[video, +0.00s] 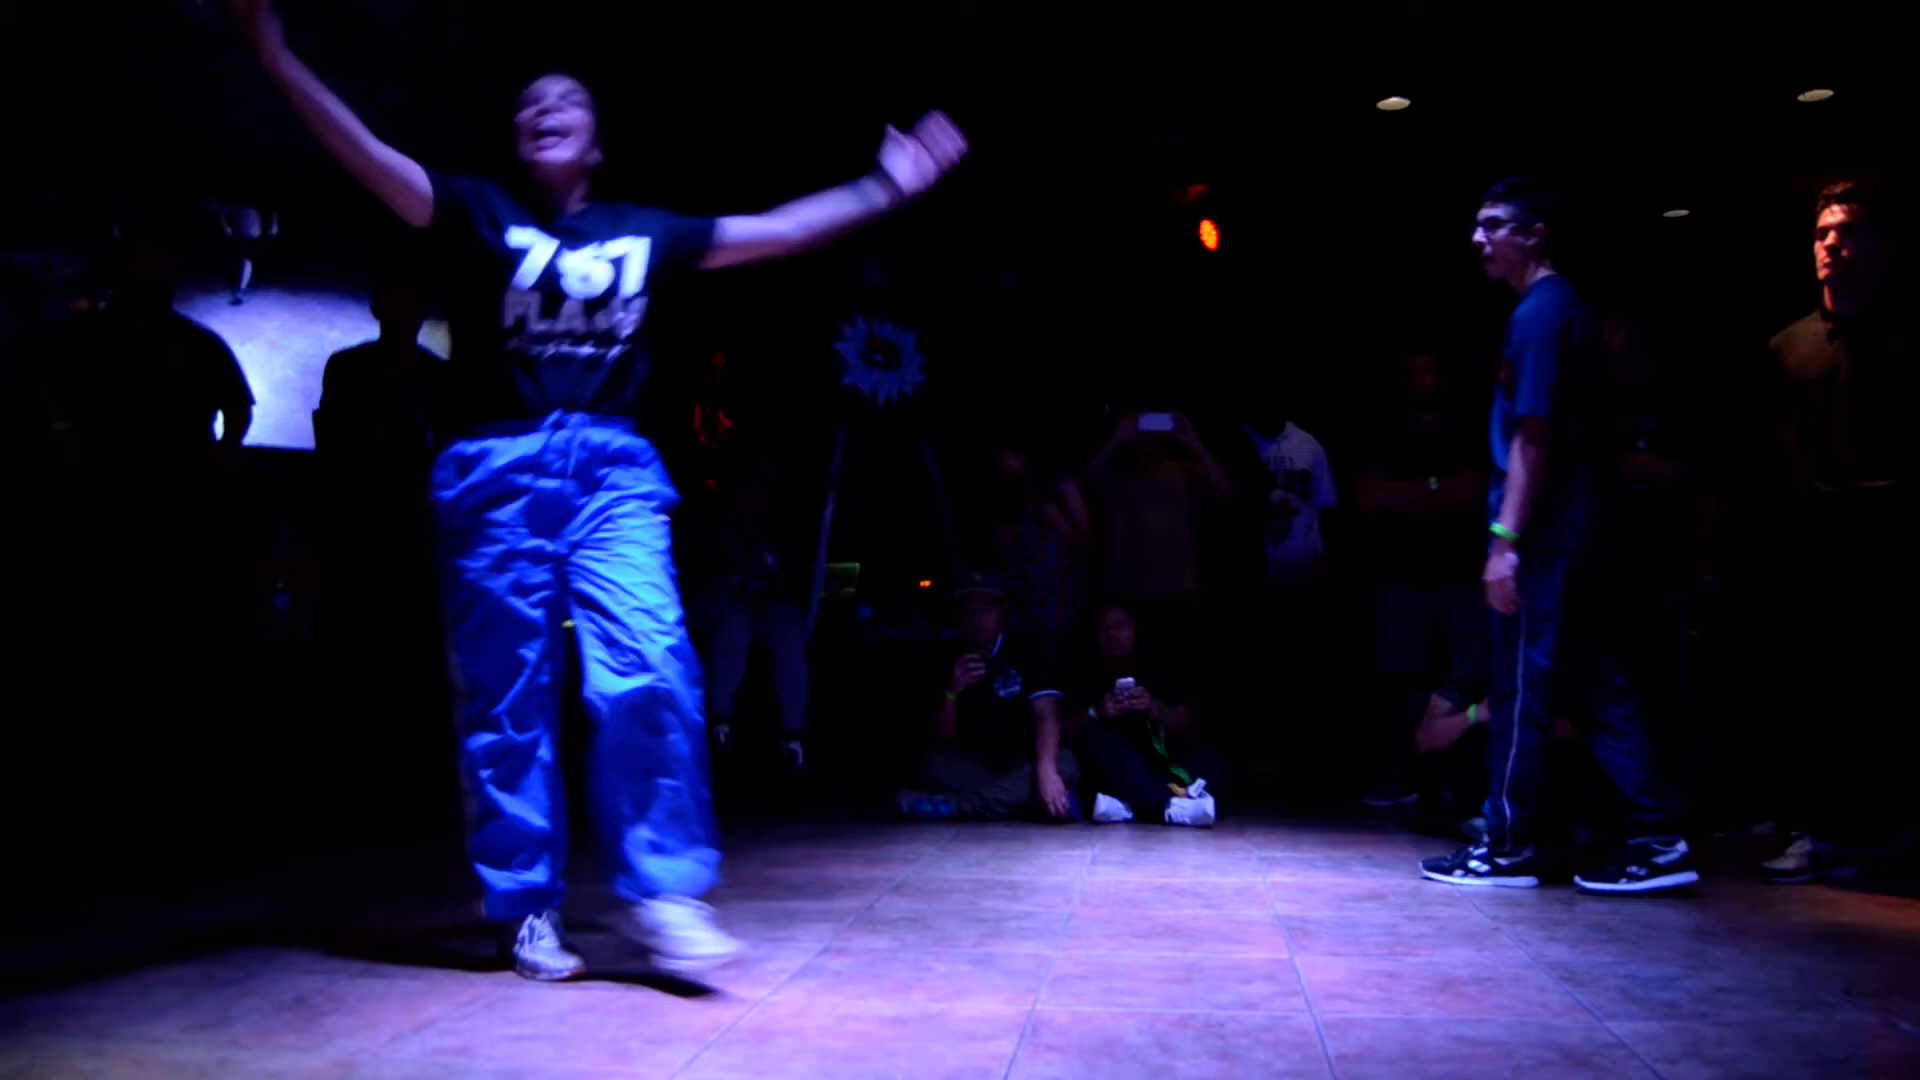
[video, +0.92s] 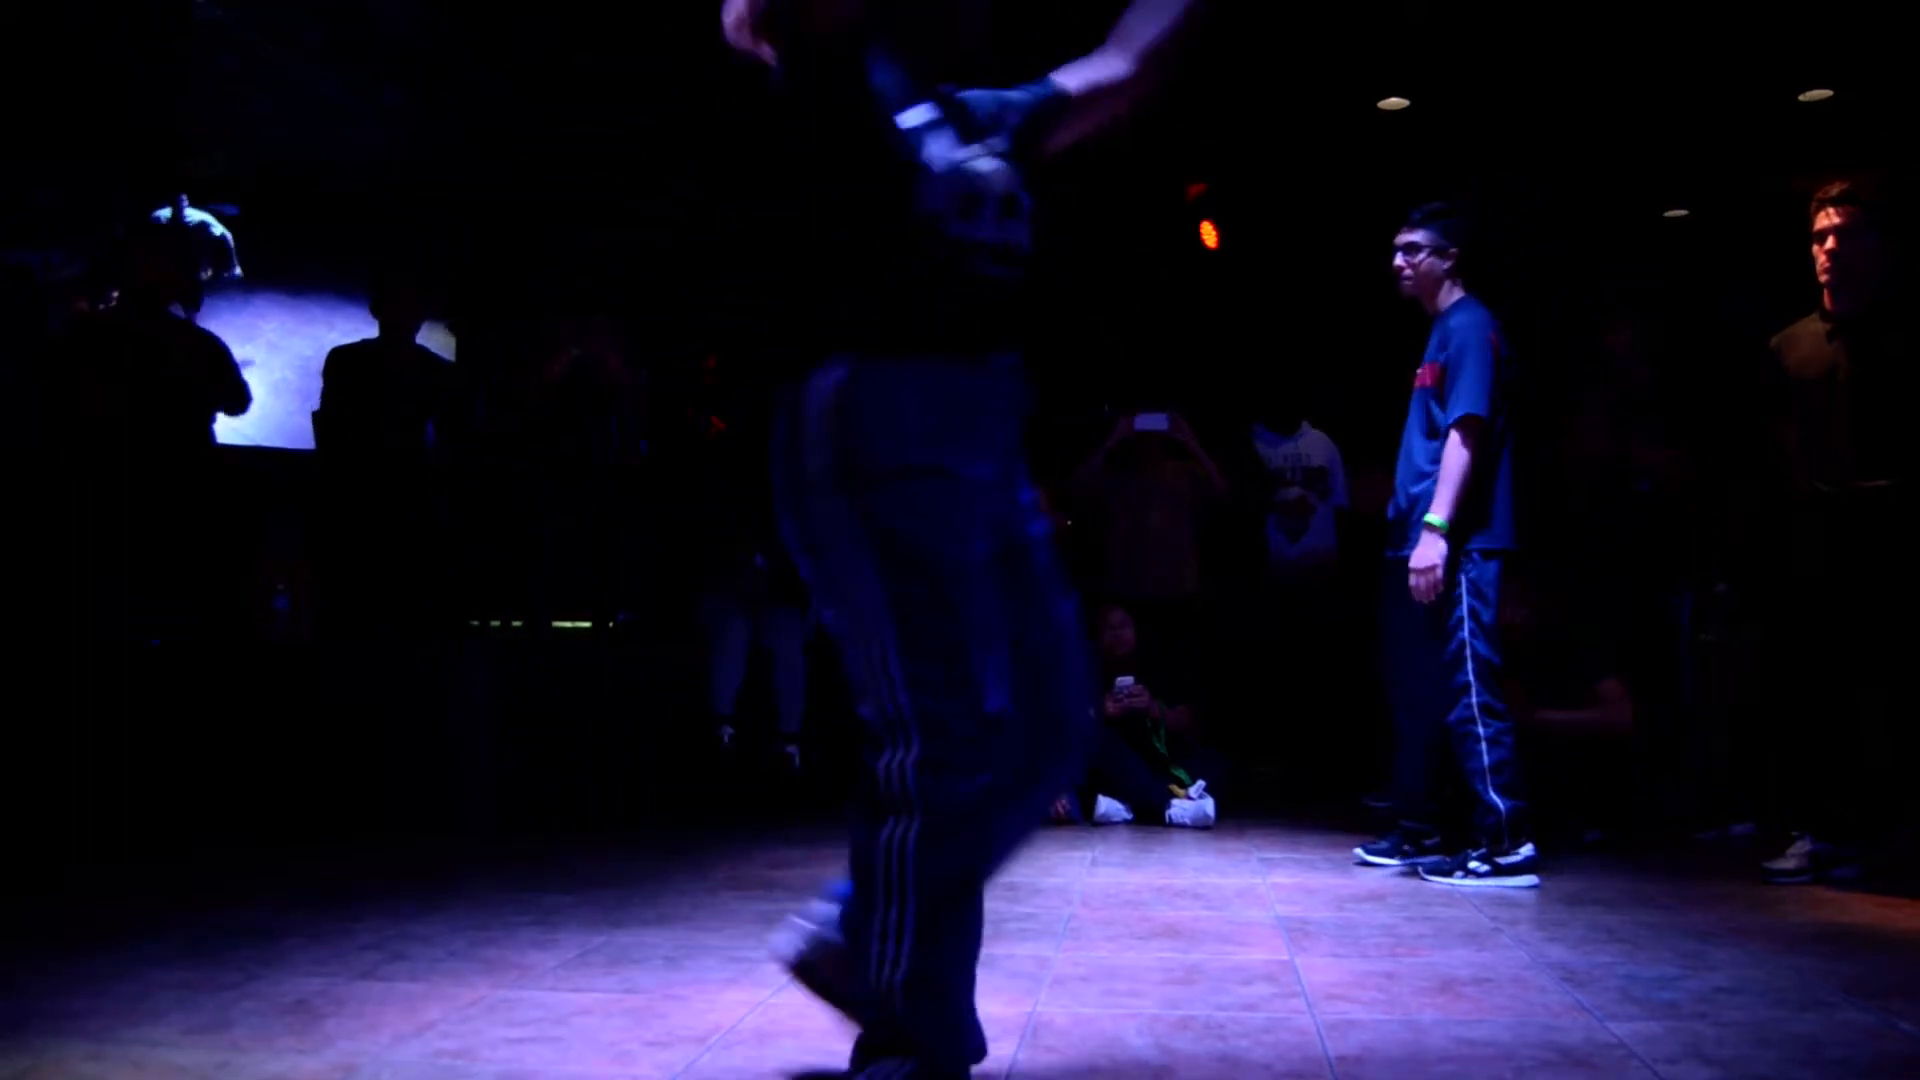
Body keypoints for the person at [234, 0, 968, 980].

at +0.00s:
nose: (544, 119)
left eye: (560, 109)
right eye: (530, 113)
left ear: (596, 136)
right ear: (515, 141)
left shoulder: (646, 233)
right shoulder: (478, 216)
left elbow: (778, 228)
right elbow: (367, 155)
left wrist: (885, 187)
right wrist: (277, 57)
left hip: (613, 478)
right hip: (496, 483)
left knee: (649, 669)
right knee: (507, 695)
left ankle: (666, 894)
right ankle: (527, 910)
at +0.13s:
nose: (580, 121)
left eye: (598, 110)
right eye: (564, 110)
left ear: (630, 136)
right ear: (542, 133)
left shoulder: (669, 238)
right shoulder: (500, 218)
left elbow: (789, 289)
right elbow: (381, 222)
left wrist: (919, 285)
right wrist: (265, 153)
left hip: (644, 485)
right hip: (522, 489)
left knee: (683, 685)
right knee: (531, 707)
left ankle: (746, 918)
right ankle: (535, 921)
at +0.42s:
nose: (728, 58)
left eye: (749, 47)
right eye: (707, 48)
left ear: (781, 87)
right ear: (674, 85)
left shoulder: (826, 202)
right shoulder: (621, 163)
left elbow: (967, 236)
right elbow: (474, 142)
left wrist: (1079, 243)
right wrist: (314, 81)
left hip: (792, 463)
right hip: (650, 464)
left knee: (789, 710)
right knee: (656, 686)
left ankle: (789, 974)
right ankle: (570, 901)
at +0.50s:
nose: (756, 20)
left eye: (772, 11)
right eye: (734, 13)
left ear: (799, 50)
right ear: (699, 54)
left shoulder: (856, 152)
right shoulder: (657, 116)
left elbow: (992, 130)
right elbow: (541, 30)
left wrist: (1109, 80)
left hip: (821, 447)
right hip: (688, 443)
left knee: (810, 708)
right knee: (716, 672)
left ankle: (790, 978)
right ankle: (627, 935)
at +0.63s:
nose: (808, 15)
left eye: (817, 5)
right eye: (781, 6)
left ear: (836, 35)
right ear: (736, 38)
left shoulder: (880, 124)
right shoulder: (718, 109)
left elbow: (994, 23)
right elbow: (688, 24)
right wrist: (746, 13)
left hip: (870, 412)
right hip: (748, 409)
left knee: (855, 698)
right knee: (796, 674)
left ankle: (793, 980)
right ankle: (771, 994)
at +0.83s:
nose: (911, 27)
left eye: (916, 16)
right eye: (887, 13)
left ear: (918, 36)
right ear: (828, 28)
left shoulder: (942, 128)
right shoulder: (798, 118)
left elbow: (1057, 35)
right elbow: (764, 23)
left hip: (946, 429)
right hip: (842, 427)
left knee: (967, 721)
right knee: (935, 700)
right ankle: (908, 1020)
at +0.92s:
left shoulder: (971, 113)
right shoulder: (816, 104)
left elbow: (1119, 63)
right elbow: (739, 19)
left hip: (973, 441)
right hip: (863, 446)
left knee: (1052, 721)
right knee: (934, 741)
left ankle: (860, 938)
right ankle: (914, 1049)